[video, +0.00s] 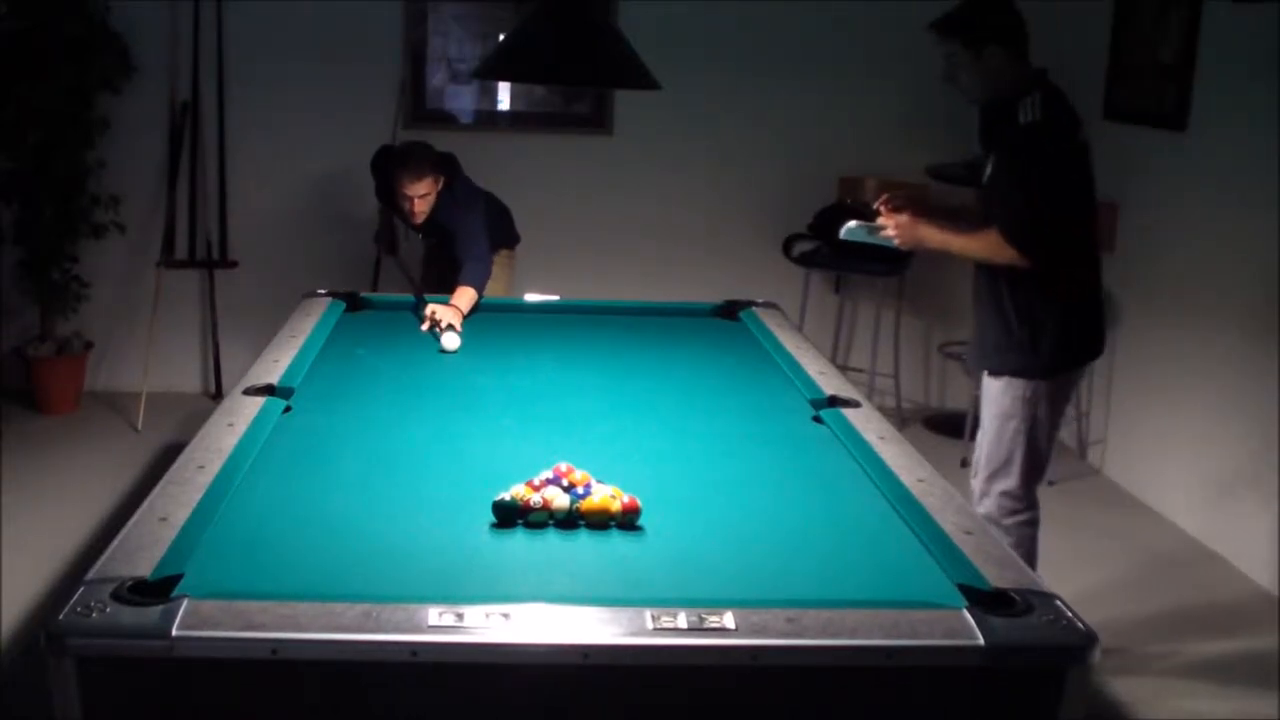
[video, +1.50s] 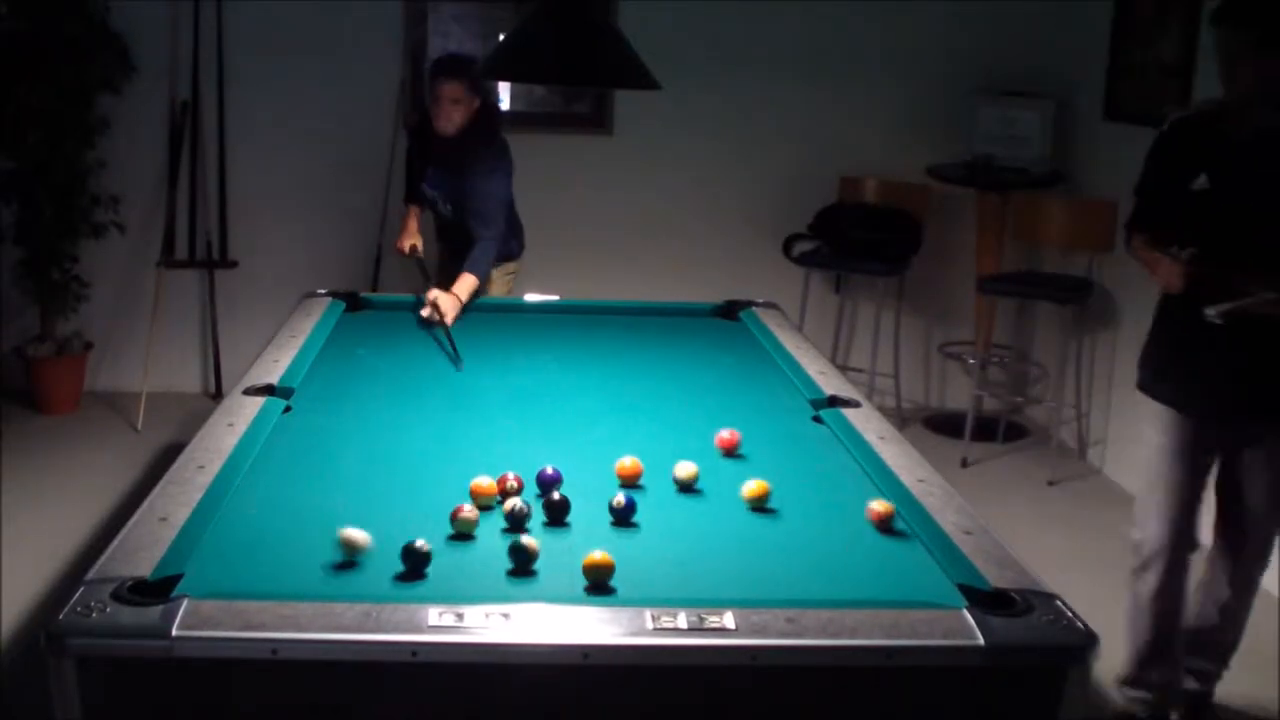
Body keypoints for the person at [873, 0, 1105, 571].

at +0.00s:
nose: (951, 79)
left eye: (958, 64)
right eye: (949, 65)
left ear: (993, 55)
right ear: (1001, 57)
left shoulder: (1037, 117)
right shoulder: (1016, 111)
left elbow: (1022, 245)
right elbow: (997, 212)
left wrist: (928, 235)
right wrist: (923, 210)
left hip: (1036, 344)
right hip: (1014, 337)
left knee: (1003, 498)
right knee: (992, 489)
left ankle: (1007, 629)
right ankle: (994, 620)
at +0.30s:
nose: (960, 64)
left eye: (968, 50)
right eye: (959, 50)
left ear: (1003, 48)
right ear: (1010, 49)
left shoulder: (1038, 116)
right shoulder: (1018, 109)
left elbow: (1022, 238)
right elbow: (996, 211)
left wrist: (928, 228)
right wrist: (922, 202)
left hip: (1032, 340)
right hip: (1014, 334)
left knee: (1000, 492)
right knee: (993, 485)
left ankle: (1004, 619)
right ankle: (995, 612)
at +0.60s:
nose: (965, 70)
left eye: (972, 56)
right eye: (964, 56)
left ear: (1006, 52)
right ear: (1010, 54)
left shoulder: (1060, 120)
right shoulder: (1020, 115)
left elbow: (1050, 241)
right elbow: (1018, 217)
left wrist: (953, 237)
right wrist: (955, 206)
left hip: (1055, 342)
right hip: (1014, 334)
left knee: (1035, 498)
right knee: (996, 483)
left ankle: (1051, 633)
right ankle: (997, 616)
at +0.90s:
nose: (1027, 66)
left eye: (1039, 52)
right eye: (1026, 53)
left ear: (1075, 52)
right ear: (1042, 53)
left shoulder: (1133, 132)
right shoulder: (1041, 125)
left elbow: (1137, 249)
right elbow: (1051, 224)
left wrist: (1022, 244)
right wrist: (1001, 226)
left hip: (1110, 364)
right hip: (1040, 352)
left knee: (1132, 511)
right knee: (1025, 495)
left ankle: (1175, 661)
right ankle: (1008, 628)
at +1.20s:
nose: (1121, 75)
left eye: (1137, 60)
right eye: (1125, 60)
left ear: (1186, 64)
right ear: (1150, 70)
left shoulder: (1258, 156)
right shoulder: (1129, 146)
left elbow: (1263, 282)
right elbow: (1099, 241)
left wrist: (1149, 277)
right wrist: (1081, 251)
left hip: (1213, 391)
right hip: (1122, 375)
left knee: (1199, 547)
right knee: (1060, 505)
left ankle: (1191, 678)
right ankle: (1018, 634)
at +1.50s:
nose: (1245, 78)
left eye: (1255, 65)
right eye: (1237, 61)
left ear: (1275, 71)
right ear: (1222, 60)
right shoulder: (1192, 134)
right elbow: (1140, 230)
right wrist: (1170, 269)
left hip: (1271, 372)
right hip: (1192, 360)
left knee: (1246, 546)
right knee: (1161, 535)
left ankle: (1198, 681)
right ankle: (1145, 681)